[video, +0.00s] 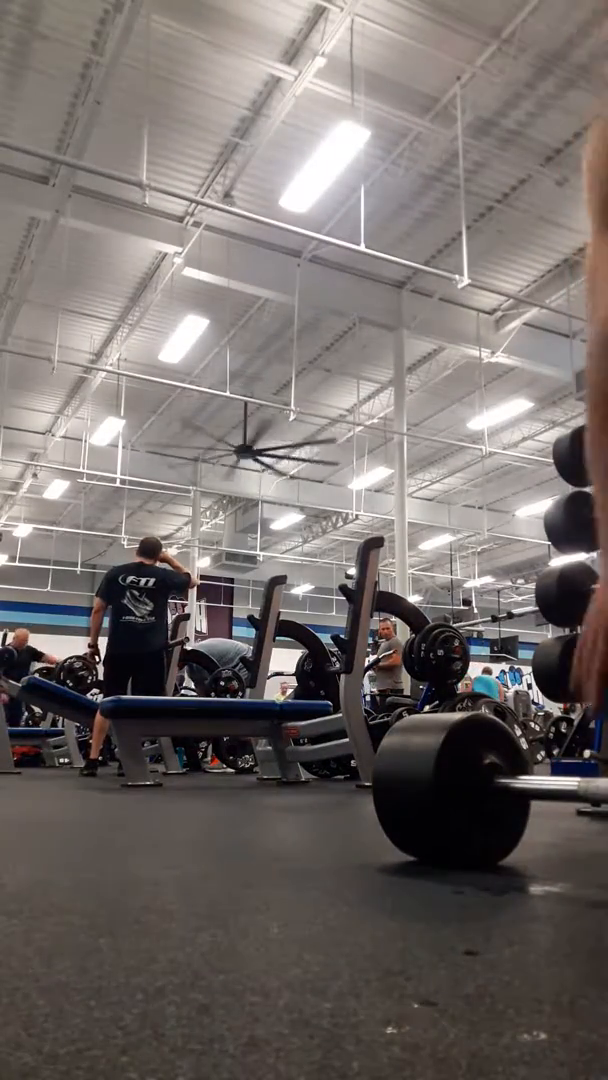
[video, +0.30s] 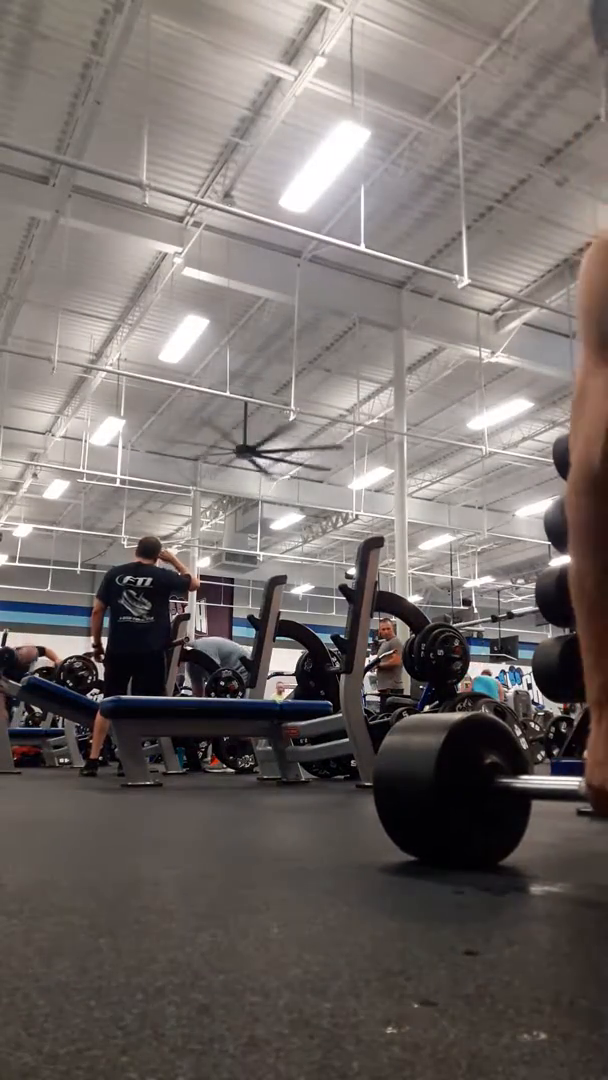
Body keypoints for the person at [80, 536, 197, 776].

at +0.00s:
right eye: (159, 554)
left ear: (137, 552)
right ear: (158, 556)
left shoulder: (116, 573)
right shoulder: (163, 577)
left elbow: (98, 609)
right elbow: (191, 581)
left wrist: (93, 642)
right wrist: (170, 560)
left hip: (118, 651)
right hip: (151, 652)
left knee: (108, 703)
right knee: (148, 706)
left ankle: (93, 758)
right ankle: (136, 763)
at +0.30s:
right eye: (158, 554)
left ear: (135, 553)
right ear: (158, 556)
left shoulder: (115, 573)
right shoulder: (162, 576)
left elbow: (97, 610)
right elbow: (194, 584)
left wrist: (97, 643)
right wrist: (174, 561)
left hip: (118, 650)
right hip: (150, 651)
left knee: (108, 703)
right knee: (149, 706)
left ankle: (93, 758)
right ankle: (137, 764)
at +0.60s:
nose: (155, 558)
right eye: (155, 554)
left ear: (131, 554)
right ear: (153, 555)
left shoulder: (113, 574)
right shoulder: (157, 578)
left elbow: (97, 613)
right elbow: (185, 603)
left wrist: (98, 646)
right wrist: (191, 613)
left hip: (116, 649)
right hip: (146, 650)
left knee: (107, 704)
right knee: (144, 707)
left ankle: (92, 760)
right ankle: (132, 765)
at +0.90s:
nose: (155, 560)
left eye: (153, 557)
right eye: (155, 556)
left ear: (131, 554)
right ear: (152, 556)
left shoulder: (112, 575)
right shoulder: (156, 576)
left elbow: (96, 613)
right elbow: (174, 602)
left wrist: (97, 648)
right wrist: (163, 620)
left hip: (114, 649)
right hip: (145, 650)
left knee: (105, 704)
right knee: (144, 705)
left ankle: (88, 759)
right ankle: (132, 763)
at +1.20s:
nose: (152, 564)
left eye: (151, 562)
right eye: (152, 561)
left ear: (128, 555)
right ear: (149, 560)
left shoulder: (106, 575)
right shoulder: (151, 578)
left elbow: (90, 613)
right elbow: (164, 608)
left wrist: (93, 645)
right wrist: (157, 621)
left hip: (108, 650)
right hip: (138, 651)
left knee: (101, 704)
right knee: (137, 705)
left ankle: (88, 759)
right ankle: (129, 762)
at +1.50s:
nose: (135, 564)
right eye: (137, 561)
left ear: (116, 556)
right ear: (137, 559)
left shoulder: (98, 576)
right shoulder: (142, 579)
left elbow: (81, 613)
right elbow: (149, 611)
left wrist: (87, 640)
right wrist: (145, 628)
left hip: (99, 650)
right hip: (128, 651)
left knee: (95, 704)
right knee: (131, 705)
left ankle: (88, 760)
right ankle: (129, 762)